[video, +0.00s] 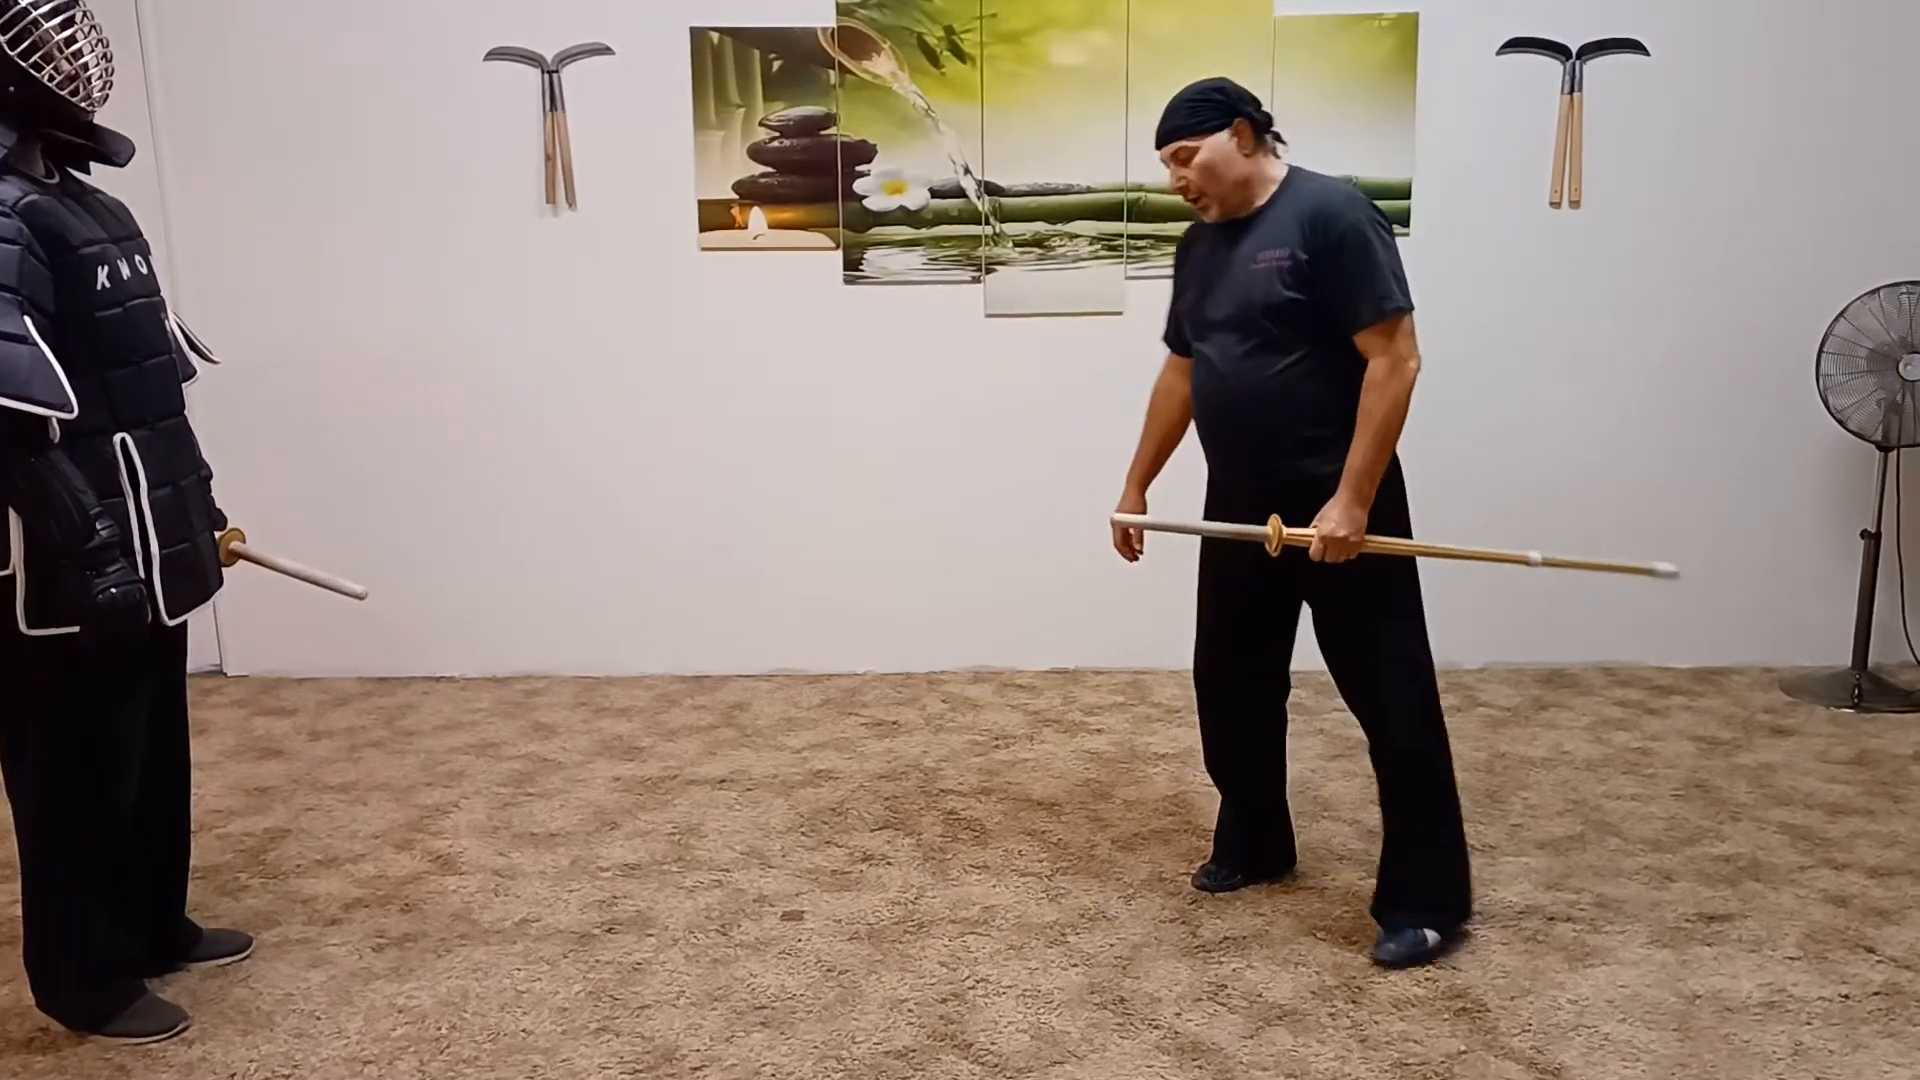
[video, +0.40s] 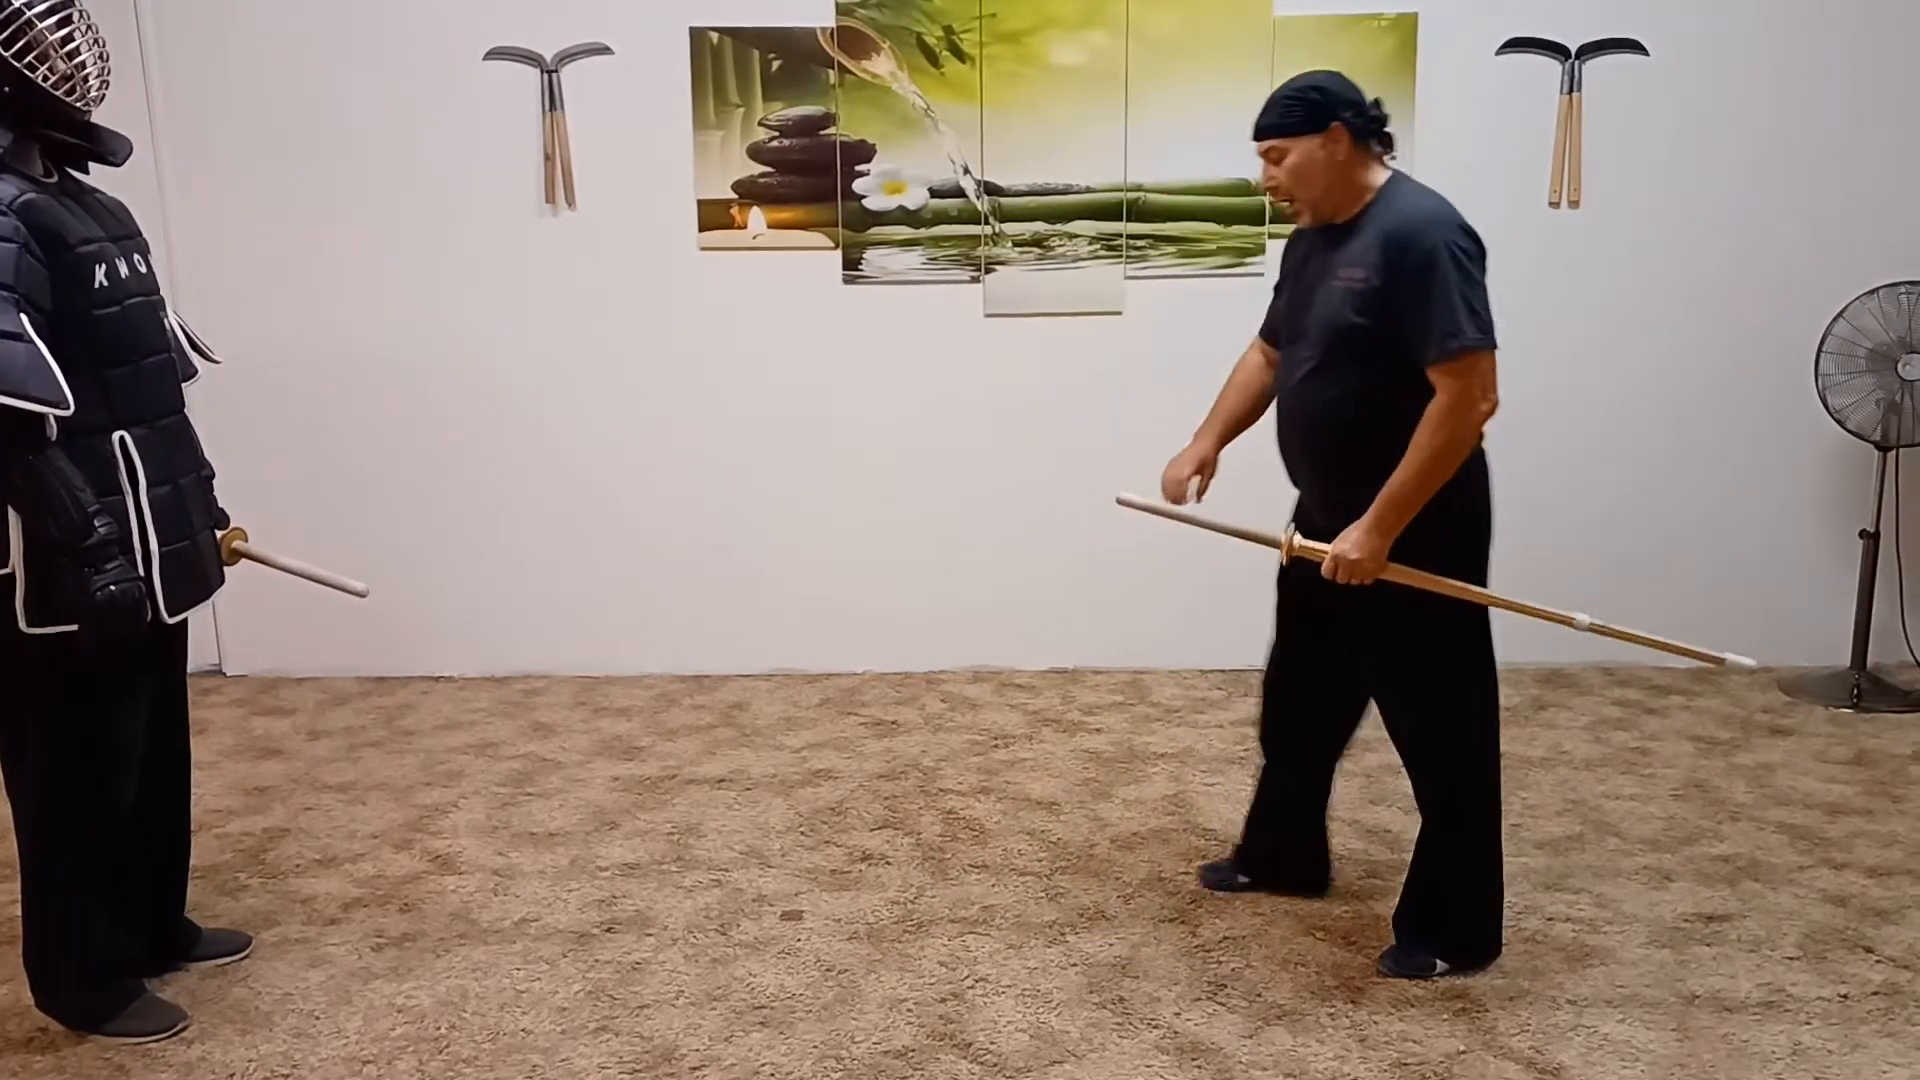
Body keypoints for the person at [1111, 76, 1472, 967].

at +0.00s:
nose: (1174, 176)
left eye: (1186, 153)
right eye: (1167, 161)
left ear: (1242, 136)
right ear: (1182, 162)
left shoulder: (1333, 214)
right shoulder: (1201, 246)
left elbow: (1396, 360)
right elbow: (1182, 368)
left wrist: (1353, 496)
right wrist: (1135, 485)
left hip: (1345, 499)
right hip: (1242, 500)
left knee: (1393, 699)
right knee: (1232, 682)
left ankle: (1428, 903)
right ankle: (1254, 842)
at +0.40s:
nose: (1267, 177)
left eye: (1279, 155)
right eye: (1263, 160)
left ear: (1339, 143)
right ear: (1315, 152)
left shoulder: (1424, 234)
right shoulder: (1312, 236)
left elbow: (1468, 397)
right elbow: (1273, 351)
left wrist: (1379, 525)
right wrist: (1208, 439)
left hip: (1425, 526)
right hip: (1326, 516)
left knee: (1446, 735)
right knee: (1300, 701)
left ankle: (1454, 929)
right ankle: (1283, 856)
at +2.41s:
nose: (1203, 176)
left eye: (1216, 158)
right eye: (1200, 164)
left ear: (1273, 154)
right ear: (1250, 164)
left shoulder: (1343, 232)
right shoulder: (1231, 251)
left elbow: (1449, 335)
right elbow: (1123, 287)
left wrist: (1391, 478)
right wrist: (1012, 322)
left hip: (1350, 525)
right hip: (1272, 521)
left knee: (1392, 728)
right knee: (1229, 674)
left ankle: (1456, 929)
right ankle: (1209, 845)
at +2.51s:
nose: (1187, 188)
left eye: (1198, 168)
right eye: (1183, 174)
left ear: (1254, 159)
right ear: (1230, 170)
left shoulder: (1327, 232)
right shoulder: (1212, 257)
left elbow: (1438, 334)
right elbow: (1107, 283)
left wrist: (1413, 484)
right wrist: (998, 315)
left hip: (1346, 531)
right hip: (1262, 527)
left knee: (1393, 731)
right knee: (1216, 667)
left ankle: (1457, 929)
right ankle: (1204, 845)